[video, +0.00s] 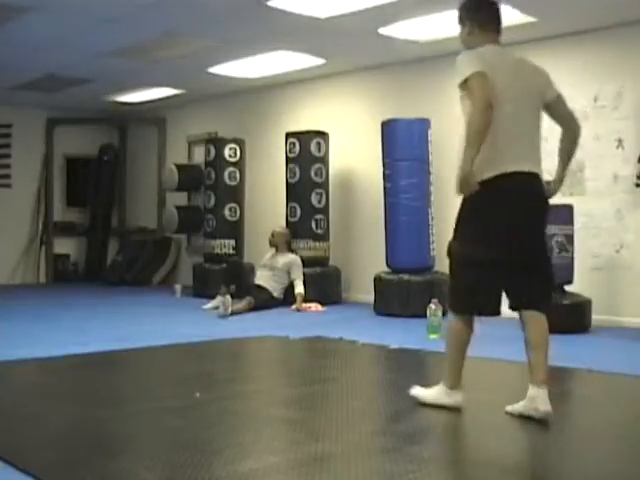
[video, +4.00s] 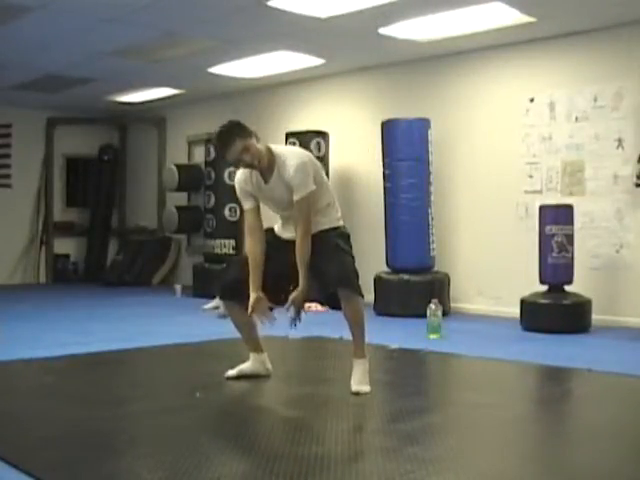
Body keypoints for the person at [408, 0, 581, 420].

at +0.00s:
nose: (460, 36)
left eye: (461, 29)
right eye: (461, 29)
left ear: (469, 28)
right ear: (499, 27)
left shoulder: (472, 60)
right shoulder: (531, 70)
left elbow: (482, 105)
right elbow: (571, 126)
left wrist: (465, 168)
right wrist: (558, 177)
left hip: (488, 193)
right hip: (530, 193)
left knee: (463, 293)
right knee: (531, 294)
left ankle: (449, 387)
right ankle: (539, 392)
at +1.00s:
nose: (362, 55)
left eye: (365, 47)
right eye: (360, 48)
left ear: (389, 41)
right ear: (394, 46)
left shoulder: (381, 76)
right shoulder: (429, 83)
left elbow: (375, 129)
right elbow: (456, 145)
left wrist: (358, 183)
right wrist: (431, 180)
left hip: (397, 197)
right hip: (425, 196)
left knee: (419, 291)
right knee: (402, 288)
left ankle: (443, 382)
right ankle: (395, 368)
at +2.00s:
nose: (329, 65)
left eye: (338, 62)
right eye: (326, 56)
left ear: (345, 66)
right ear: (315, 51)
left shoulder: (349, 101)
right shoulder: (284, 87)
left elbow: (370, 151)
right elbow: (263, 113)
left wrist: (386, 193)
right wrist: (275, 106)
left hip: (333, 209)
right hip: (288, 207)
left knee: (345, 292)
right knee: (271, 288)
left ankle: (348, 371)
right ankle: (263, 358)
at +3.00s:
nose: (259, 97)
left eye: (260, 87)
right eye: (251, 93)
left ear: (273, 78)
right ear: (247, 95)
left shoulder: (313, 106)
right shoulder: (252, 123)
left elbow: (351, 150)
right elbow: (236, 171)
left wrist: (331, 191)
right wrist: (245, 206)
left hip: (314, 219)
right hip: (268, 223)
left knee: (341, 289)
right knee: (240, 288)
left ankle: (349, 368)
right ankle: (259, 358)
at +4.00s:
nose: (247, 161)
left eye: (246, 151)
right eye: (238, 161)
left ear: (254, 138)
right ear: (234, 164)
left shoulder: (297, 163)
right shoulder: (244, 179)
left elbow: (304, 229)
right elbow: (253, 236)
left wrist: (303, 285)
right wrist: (256, 291)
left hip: (325, 233)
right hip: (283, 236)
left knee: (345, 284)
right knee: (230, 289)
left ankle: (360, 360)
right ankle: (258, 358)